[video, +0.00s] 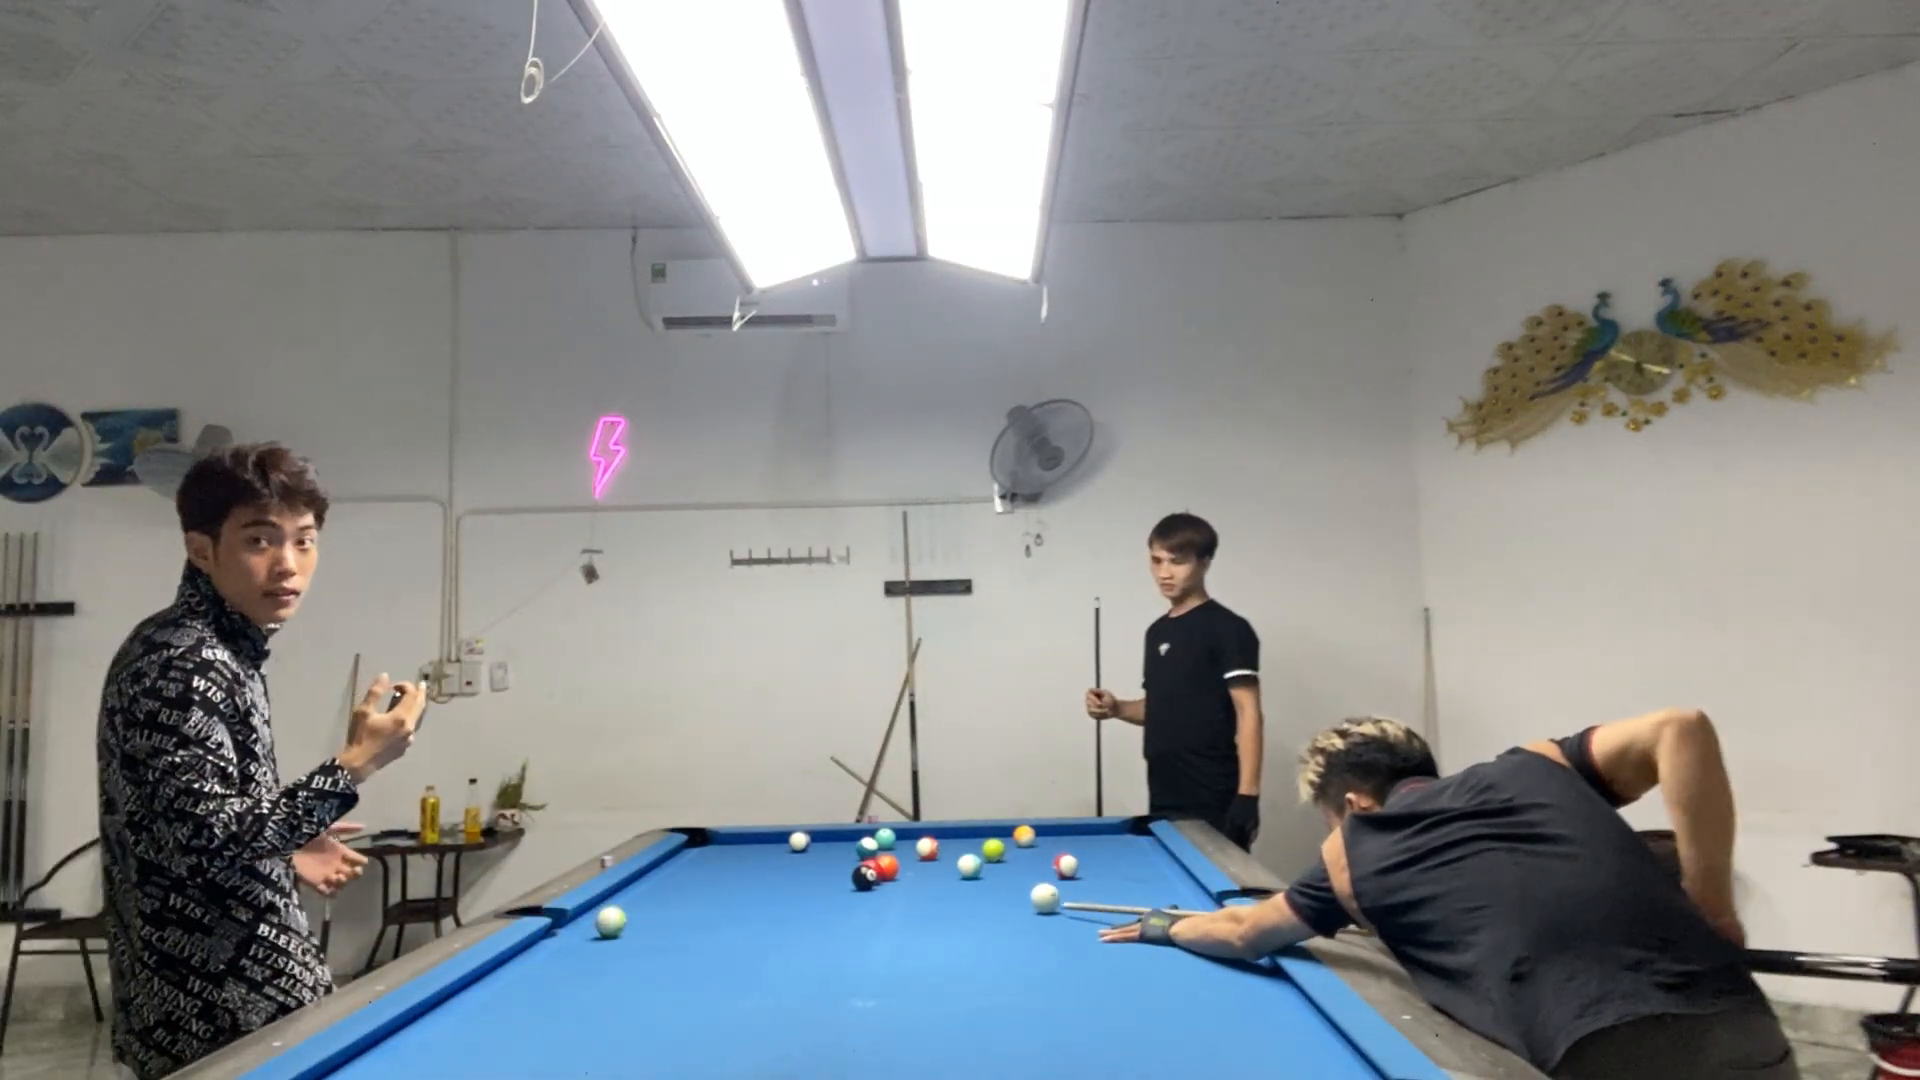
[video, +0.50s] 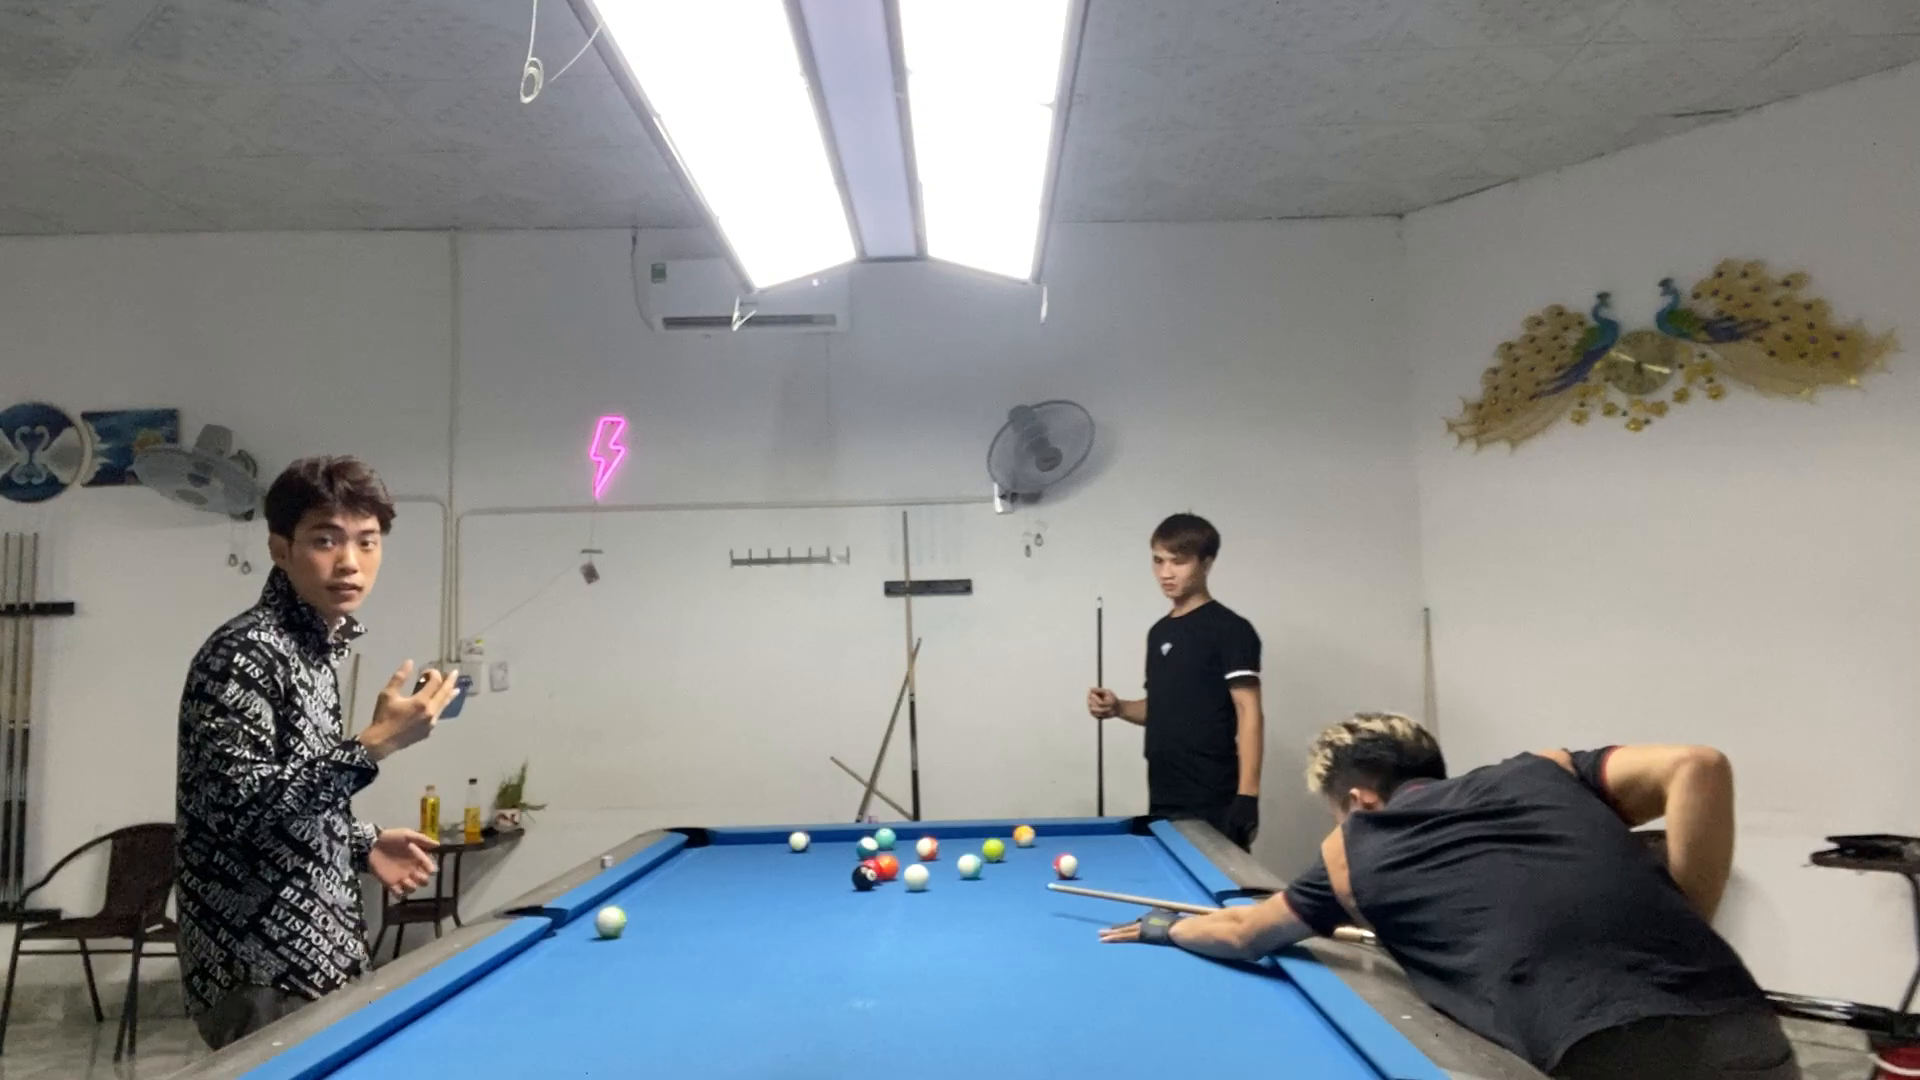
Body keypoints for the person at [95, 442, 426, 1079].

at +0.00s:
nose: (288, 565)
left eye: (303, 542)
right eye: (259, 540)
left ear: (317, 550)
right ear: (203, 550)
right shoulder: (177, 666)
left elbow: (203, 810)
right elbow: (217, 846)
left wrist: (288, 845)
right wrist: (355, 764)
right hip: (216, 1019)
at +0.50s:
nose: (350, 561)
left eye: (366, 541)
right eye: (326, 540)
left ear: (381, 552)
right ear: (281, 549)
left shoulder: (314, 658)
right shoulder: (241, 654)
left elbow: (293, 807)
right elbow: (243, 810)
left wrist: (366, 844)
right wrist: (374, 743)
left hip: (321, 951)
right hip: (259, 967)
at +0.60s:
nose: (358, 561)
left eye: (374, 541)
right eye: (335, 540)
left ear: (388, 553)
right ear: (291, 549)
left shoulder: (319, 659)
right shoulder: (246, 653)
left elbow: (301, 801)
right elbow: (247, 807)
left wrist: (375, 843)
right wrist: (376, 737)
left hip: (327, 949)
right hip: (261, 965)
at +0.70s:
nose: (363, 562)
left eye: (379, 543)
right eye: (340, 540)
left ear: (392, 554)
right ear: (297, 549)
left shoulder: (324, 660)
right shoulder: (247, 652)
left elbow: (310, 797)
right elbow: (245, 801)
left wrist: (381, 844)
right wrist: (374, 733)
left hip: (329, 950)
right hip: (257, 964)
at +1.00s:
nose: (347, 564)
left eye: (363, 545)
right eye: (324, 543)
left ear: (376, 555)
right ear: (282, 554)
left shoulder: (308, 659)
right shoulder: (231, 651)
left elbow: (294, 797)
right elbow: (220, 786)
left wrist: (355, 854)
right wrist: (352, 731)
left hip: (303, 954)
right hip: (229, 962)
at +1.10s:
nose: (326, 563)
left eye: (342, 543)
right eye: (303, 541)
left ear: (356, 554)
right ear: (259, 553)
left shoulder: (291, 661)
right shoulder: (212, 654)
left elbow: (274, 799)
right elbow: (207, 792)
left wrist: (326, 863)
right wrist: (337, 730)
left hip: (294, 963)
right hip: (219, 968)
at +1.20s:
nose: (299, 563)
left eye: (314, 543)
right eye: (275, 542)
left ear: (329, 554)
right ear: (230, 554)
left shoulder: (267, 664)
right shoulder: (187, 657)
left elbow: (251, 820)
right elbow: (188, 796)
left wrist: (297, 897)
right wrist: (321, 728)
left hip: (279, 965)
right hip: (199, 973)